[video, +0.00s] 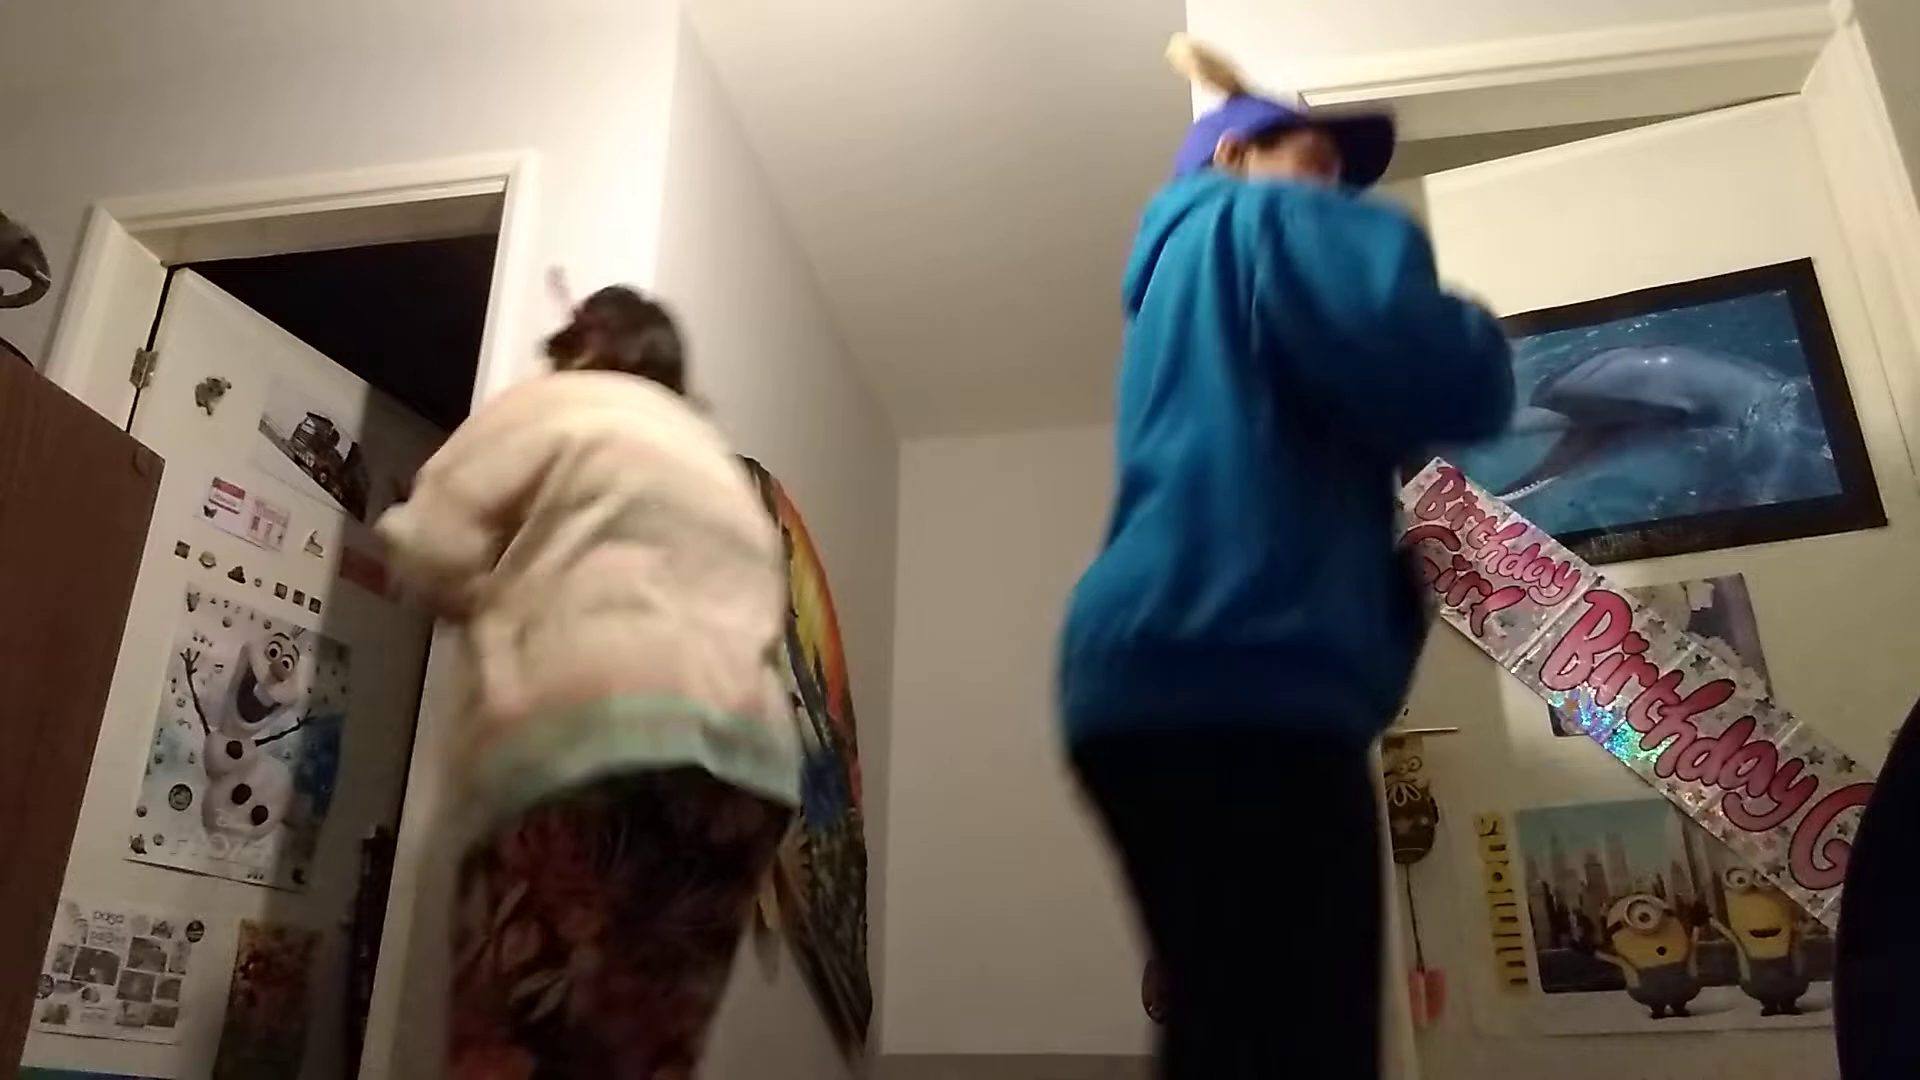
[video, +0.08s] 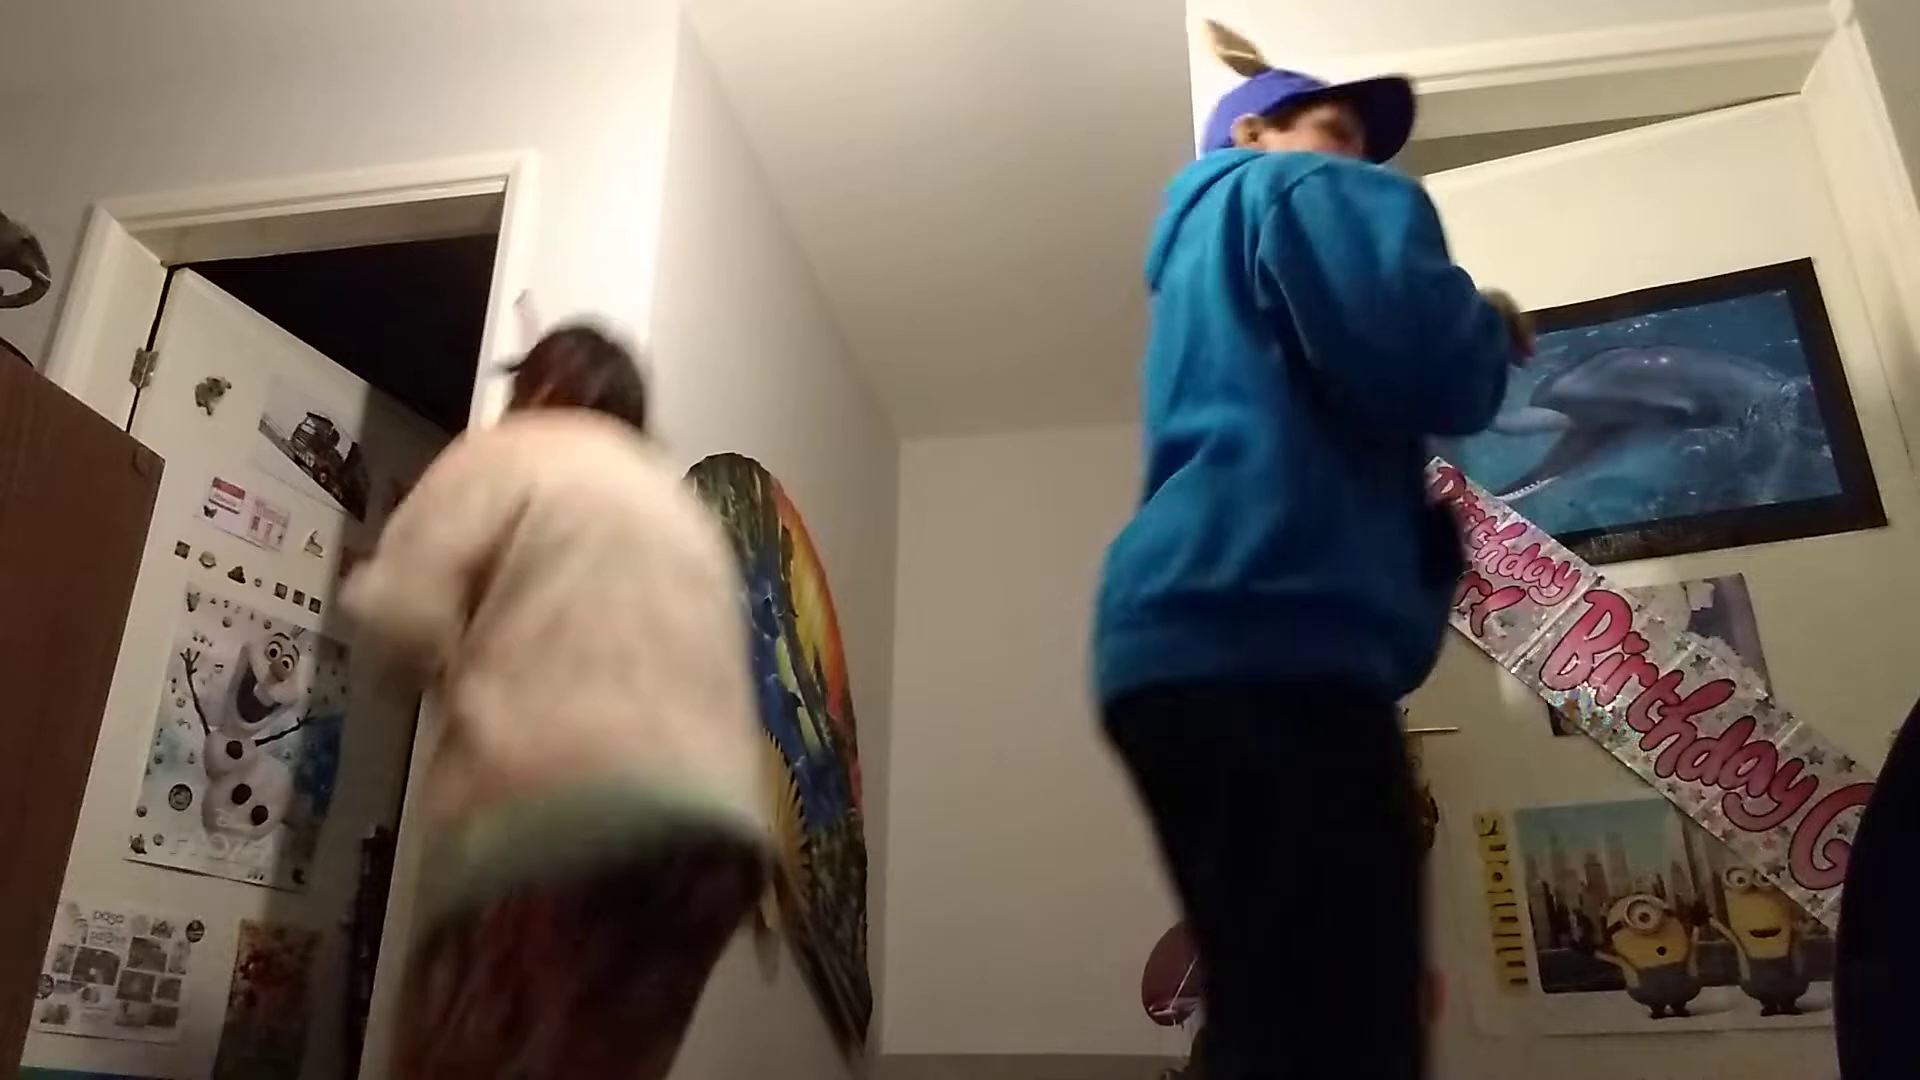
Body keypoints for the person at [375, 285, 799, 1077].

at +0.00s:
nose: (557, 358)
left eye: (566, 347)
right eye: (563, 348)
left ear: (591, 341)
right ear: (672, 365)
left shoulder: (552, 399)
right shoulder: (722, 459)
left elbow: (429, 549)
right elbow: (764, 619)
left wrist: (488, 594)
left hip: (578, 754)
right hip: (751, 775)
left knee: (515, 1032)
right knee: (660, 1046)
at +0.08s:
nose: (513, 401)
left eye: (522, 387)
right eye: (521, 387)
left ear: (544, 383)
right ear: (636, 407)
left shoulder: (510, 447)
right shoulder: (690, 507)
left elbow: (394, 610)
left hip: (549, 811)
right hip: (717, 824)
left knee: (469, 1054)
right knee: (621, 1062)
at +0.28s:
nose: (454, 412)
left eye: (464, 397)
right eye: (462, 398)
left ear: (485, 401)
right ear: (576, 432)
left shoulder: (455, 468)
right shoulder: (605, 527)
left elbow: (345, 626)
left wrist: (362, 718)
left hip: (445, 854)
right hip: (591, 860)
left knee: (425, 1057)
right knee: (529, 1058)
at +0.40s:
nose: (433, 340)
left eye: (446, 323)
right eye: (439, 325)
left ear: (480, 322)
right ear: (550, 352)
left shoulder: (440, 383)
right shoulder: (590, 449)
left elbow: (299, 524)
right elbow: (576, 630)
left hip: (391, 757)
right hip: (534, 781)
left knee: (313, 1014)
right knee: (447, 1021)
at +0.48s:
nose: (391, 322)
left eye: (408, 307)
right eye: (402, 305)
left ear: (438, 314)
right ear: (505, 343)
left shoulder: (393, 376)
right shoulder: (534, 442)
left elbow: (277, 531)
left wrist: (246, 521)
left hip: (374, 747)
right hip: (509, 774)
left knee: (275, 1019)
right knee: (363, 1026)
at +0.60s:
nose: (319, 385)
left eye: (335, 360)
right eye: (327, 361)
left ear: (368, 364)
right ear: (449, 392)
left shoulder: (336, 459)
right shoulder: (466, 502)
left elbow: (213, 622)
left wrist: (229, 717)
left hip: (304, 851)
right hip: (436, 856)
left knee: (202, 1060)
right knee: (309, 1060)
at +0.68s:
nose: (274, 440)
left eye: (286, 421)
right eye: (278, 423)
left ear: (337, 426)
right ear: (397, 440)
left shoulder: (323, 510)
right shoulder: (432, 543)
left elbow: (199, 698)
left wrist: (155, 648)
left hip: (235, 949)